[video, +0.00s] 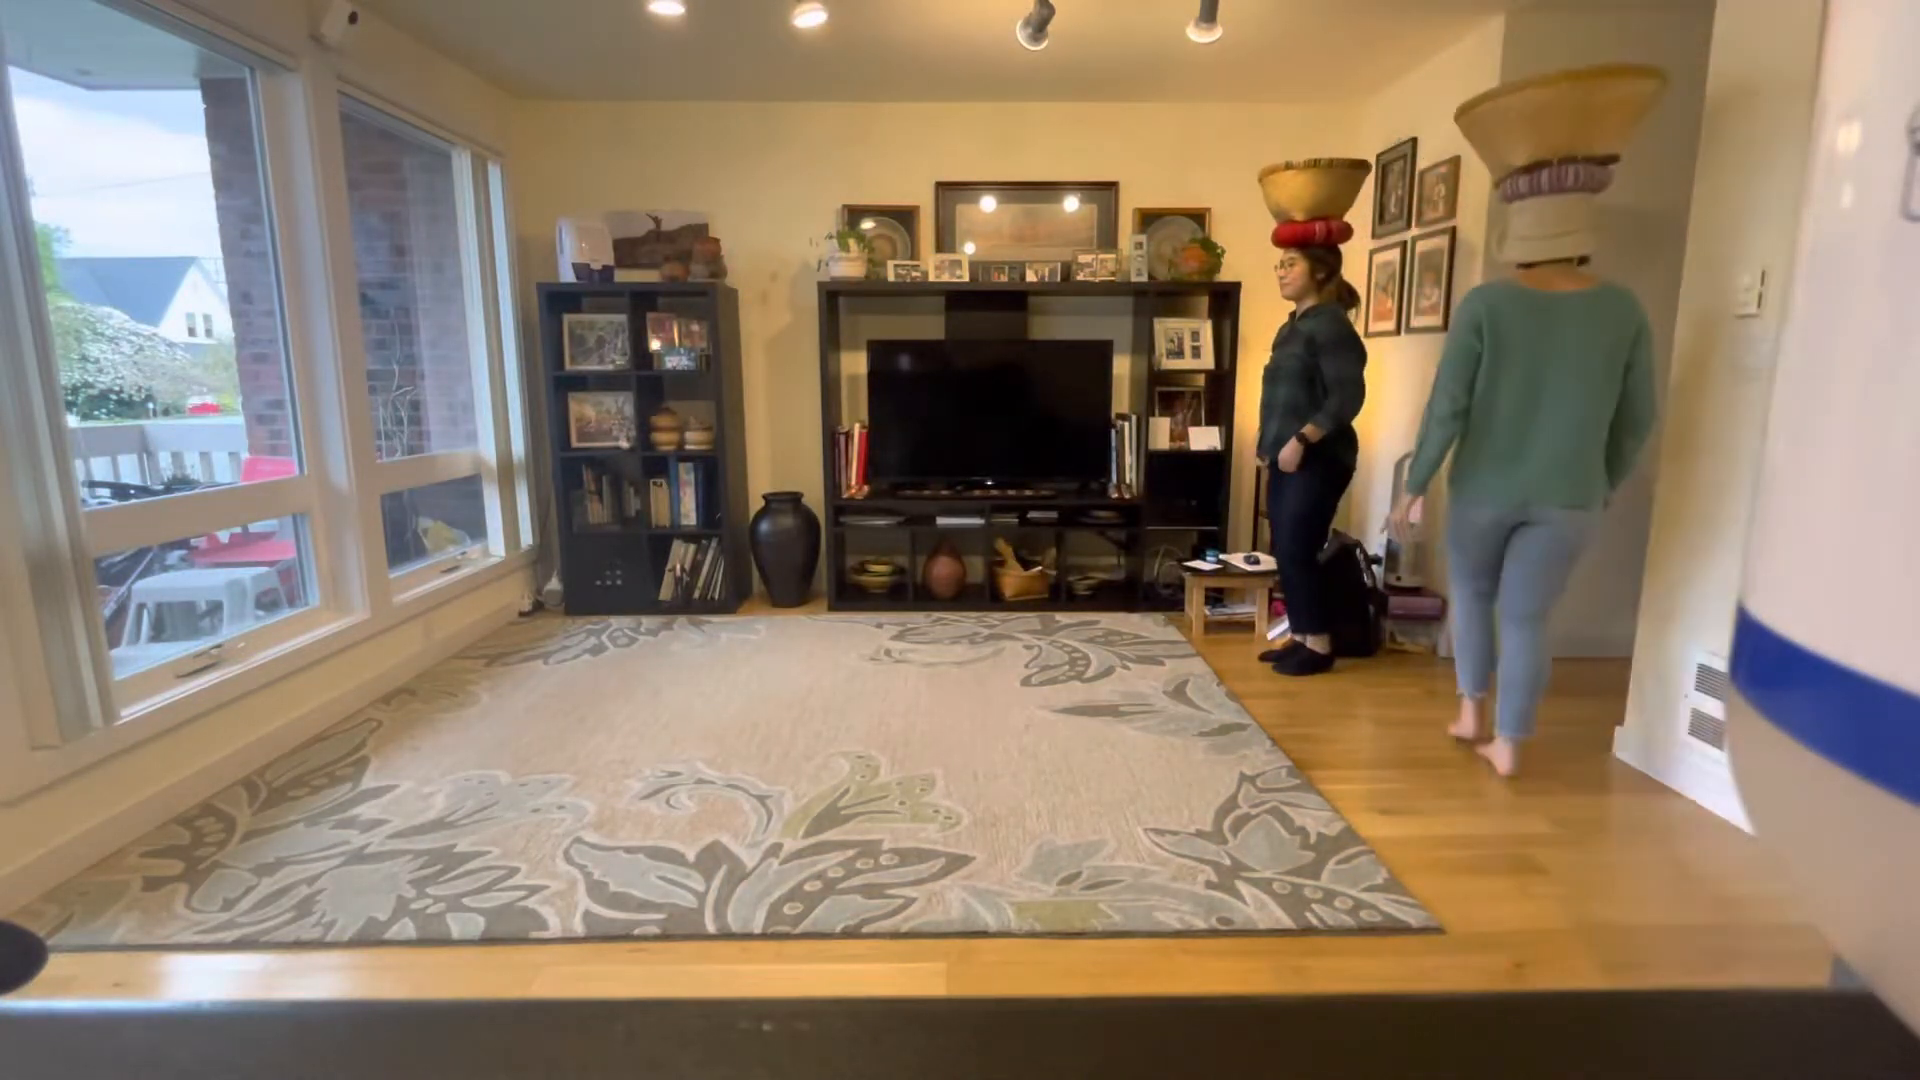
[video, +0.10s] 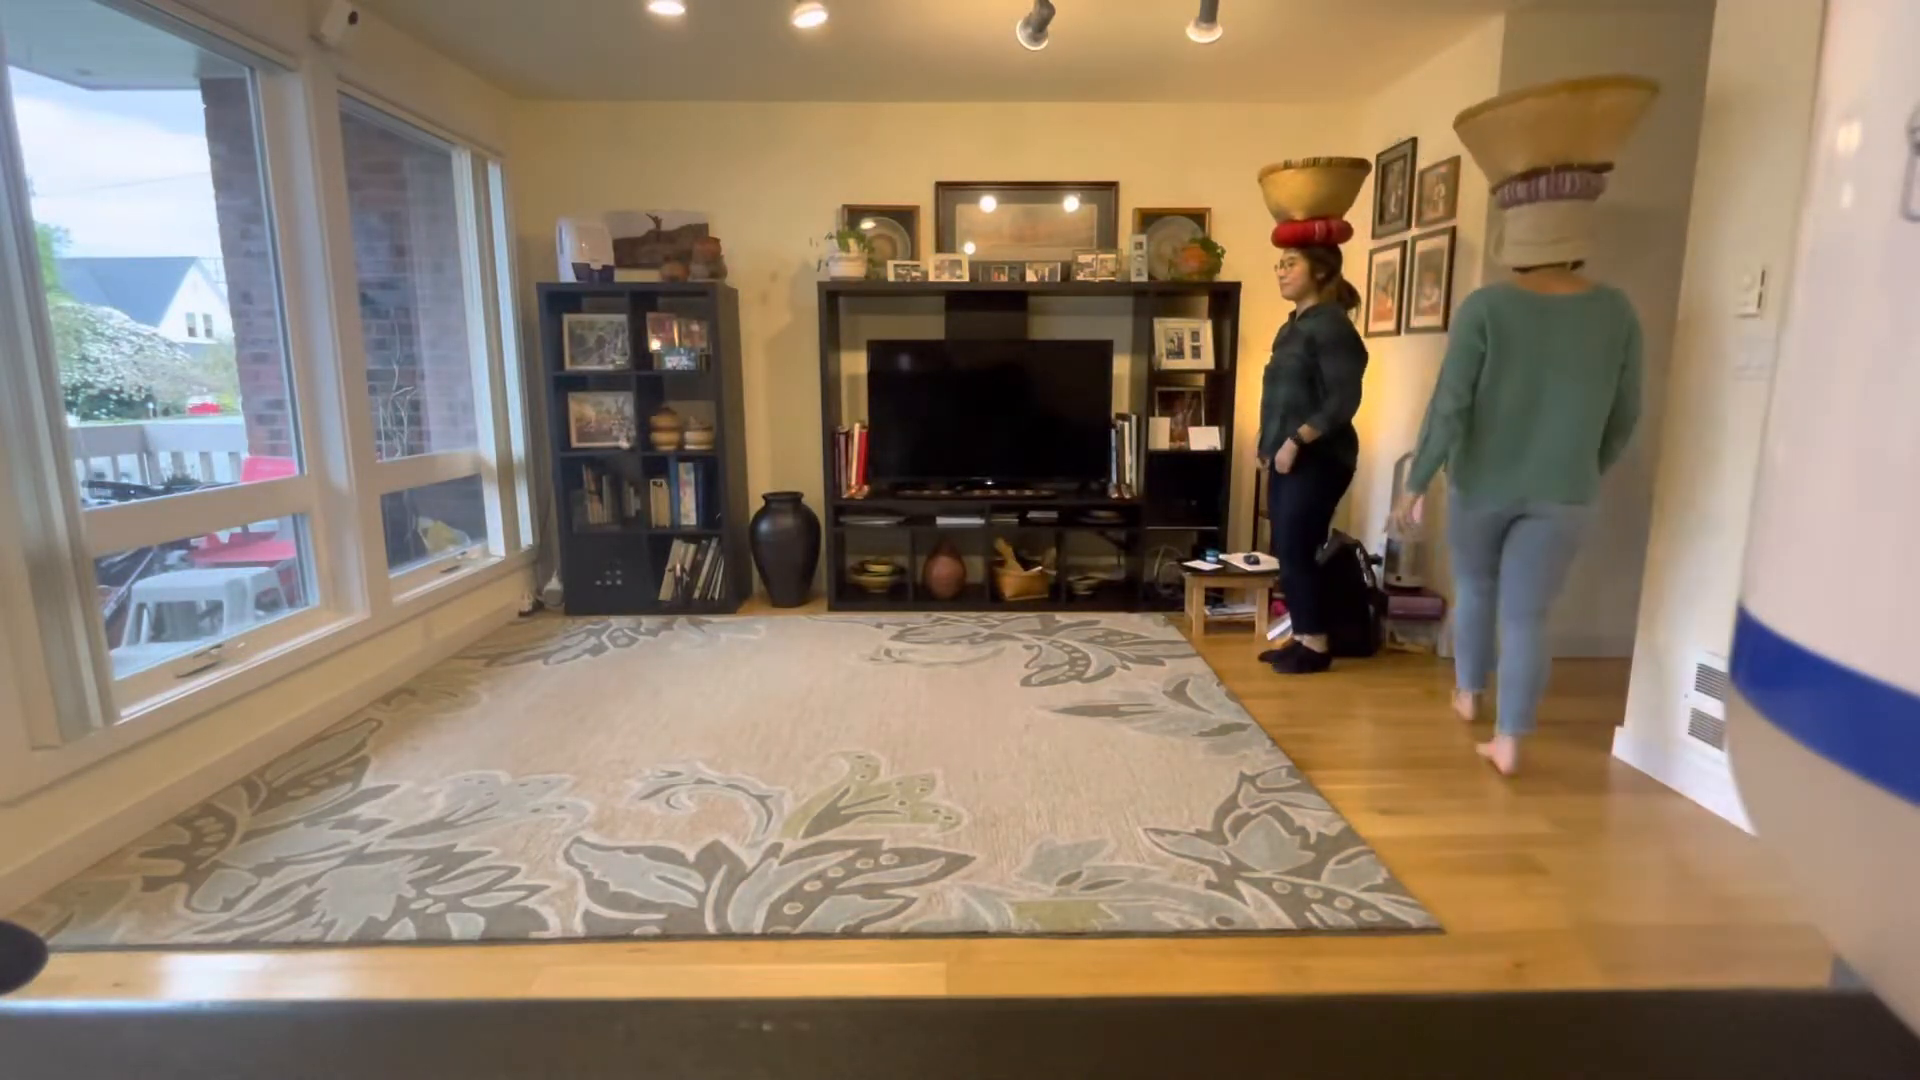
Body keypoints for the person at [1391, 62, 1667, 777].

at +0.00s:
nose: (1508, 255)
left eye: (1510, 246)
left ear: (1519, 246)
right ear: (1581, 244)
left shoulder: (1486, 303)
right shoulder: (1623, 309)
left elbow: (1448, 406)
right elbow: (1639, 417)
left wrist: (1414, 486)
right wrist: (1604, 479)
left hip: (1488, 486)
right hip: (1570, 493)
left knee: (1470, 592)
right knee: (1526, 615)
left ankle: (1471, 711)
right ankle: (1508, 748)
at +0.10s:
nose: (1507, 258)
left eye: (1509, 248)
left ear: (1517, 248)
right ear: (1576, 247)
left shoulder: (1487, 306)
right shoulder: (1615, 311)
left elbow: (1451, 404)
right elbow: (1625, 417)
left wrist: (1416, 482)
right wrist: (1588, 465)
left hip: (1486, 479)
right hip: (1564, 486)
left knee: (1475, 588)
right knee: (1527, 611)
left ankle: (1469, 694)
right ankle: (1509, 744)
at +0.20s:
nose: (1502, 254)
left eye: (1505, 246)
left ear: (1509, 252)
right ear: (1568, 254)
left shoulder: (1483, 313)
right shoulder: (1602, 316)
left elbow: (1453, 409)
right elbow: (1608, 415)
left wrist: (1421, 482)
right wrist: (1569, 460)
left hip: (1483, 479)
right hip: (1558, 483)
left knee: (1478, 582)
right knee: (1524, 601)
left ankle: (1479, 690)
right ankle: (1518, 719)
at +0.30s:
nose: (1497, 255)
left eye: (1500, 248)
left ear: (1505, 252)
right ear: (1563, 253)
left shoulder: (1483, 313)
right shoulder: (1594, 316)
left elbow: (1456, 408)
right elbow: (1597, 411)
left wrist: (1424, 480)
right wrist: (1562, 451)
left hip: (1481, 473)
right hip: (1551, 477)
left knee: (1478, 579)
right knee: (1527, 587)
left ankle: (1477, 689)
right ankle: (1542, 688)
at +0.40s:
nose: (1498, 262)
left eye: (1501, 254)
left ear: (1507, 259)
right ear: (1560, 258)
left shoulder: (1489, 309)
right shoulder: (1593, 314)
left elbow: (1460, 403)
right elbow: (1596, 408)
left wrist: (1426, 473)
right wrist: (1558, 446)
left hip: (1486, 466)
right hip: (1554, 471)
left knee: (1476, 576)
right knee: (1525, 574)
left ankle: (1478, 690)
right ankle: (1557, 675)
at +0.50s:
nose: (1499, 261)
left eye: (1501, 253)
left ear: (1508, 258)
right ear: (1559, 256)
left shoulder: (1498, 305)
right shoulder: (1591, 312)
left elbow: (1467, 399)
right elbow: (1595, 404)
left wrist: (1427, 461)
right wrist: (1559, 448)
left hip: (1491, 463)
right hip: (1555, 468)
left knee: (1482, 575)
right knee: (1520, 567)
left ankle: (1480, 689)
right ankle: (1554, 667)